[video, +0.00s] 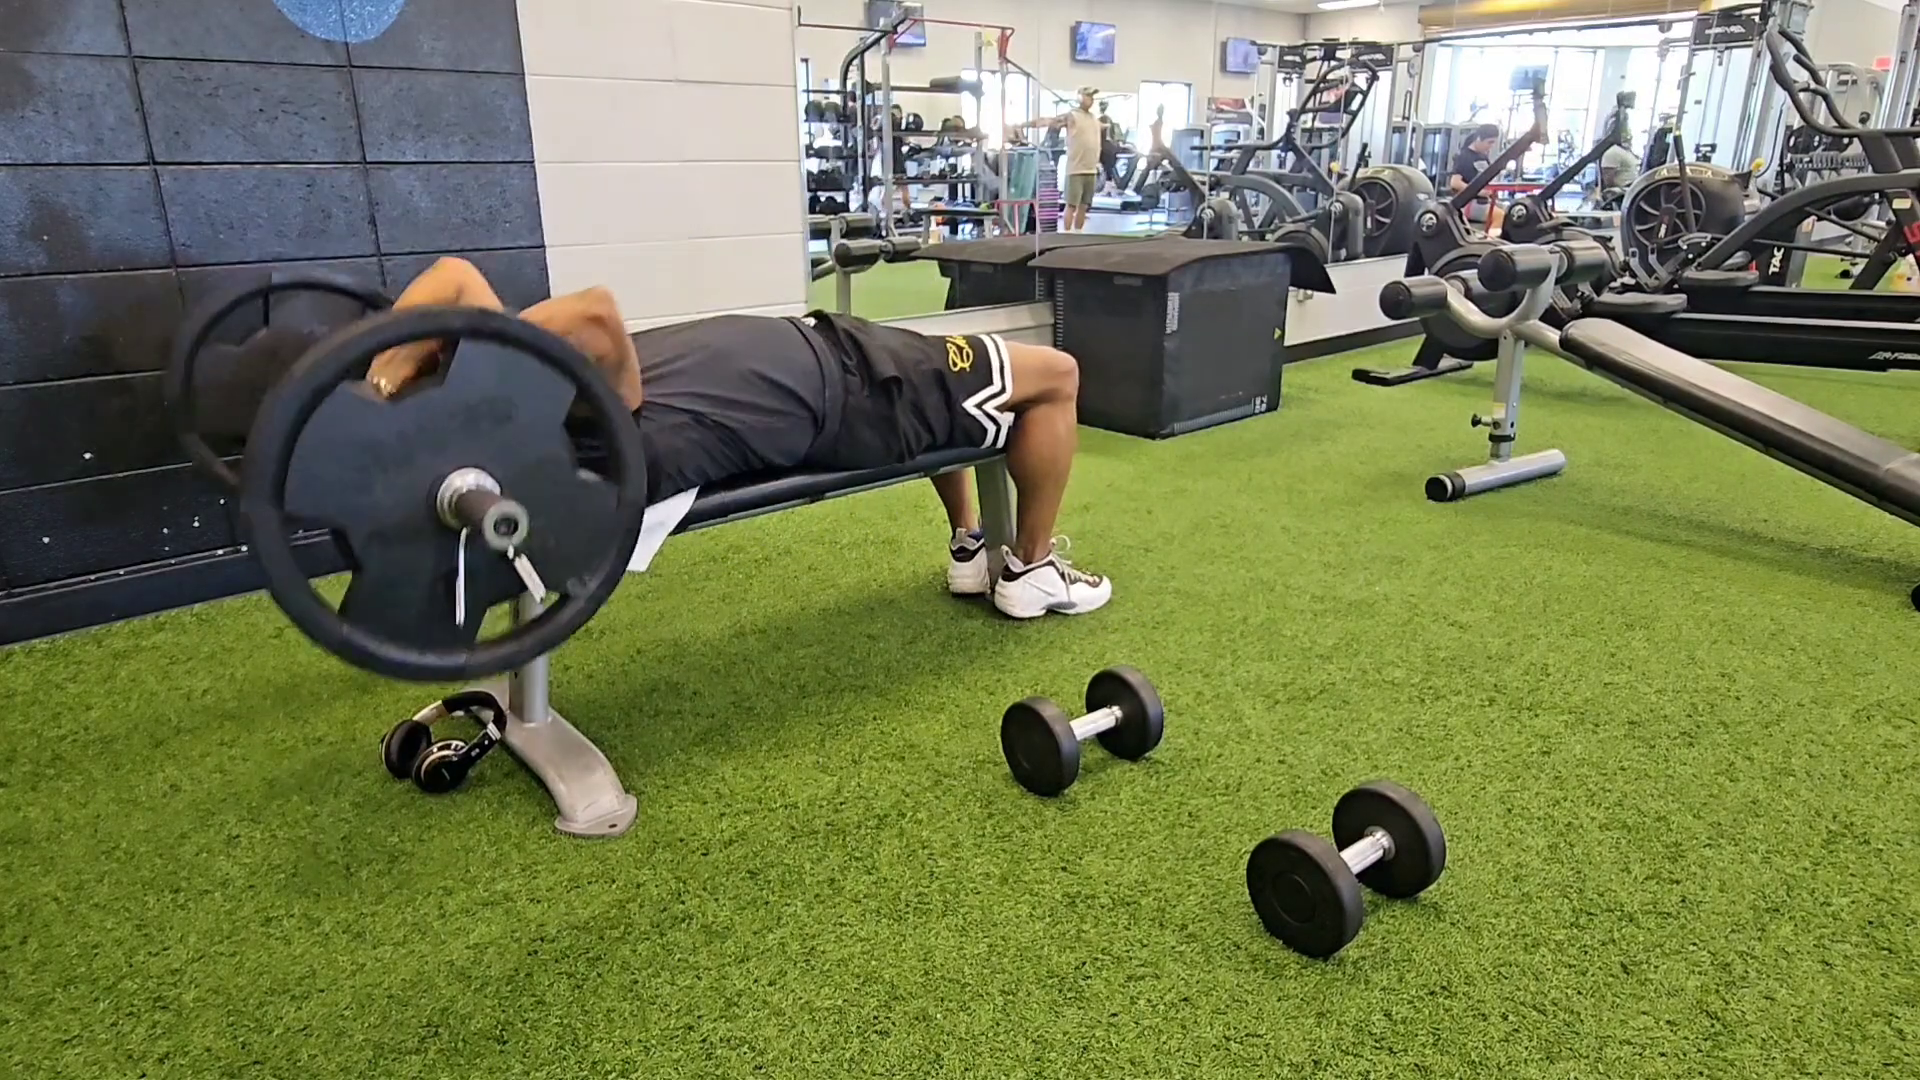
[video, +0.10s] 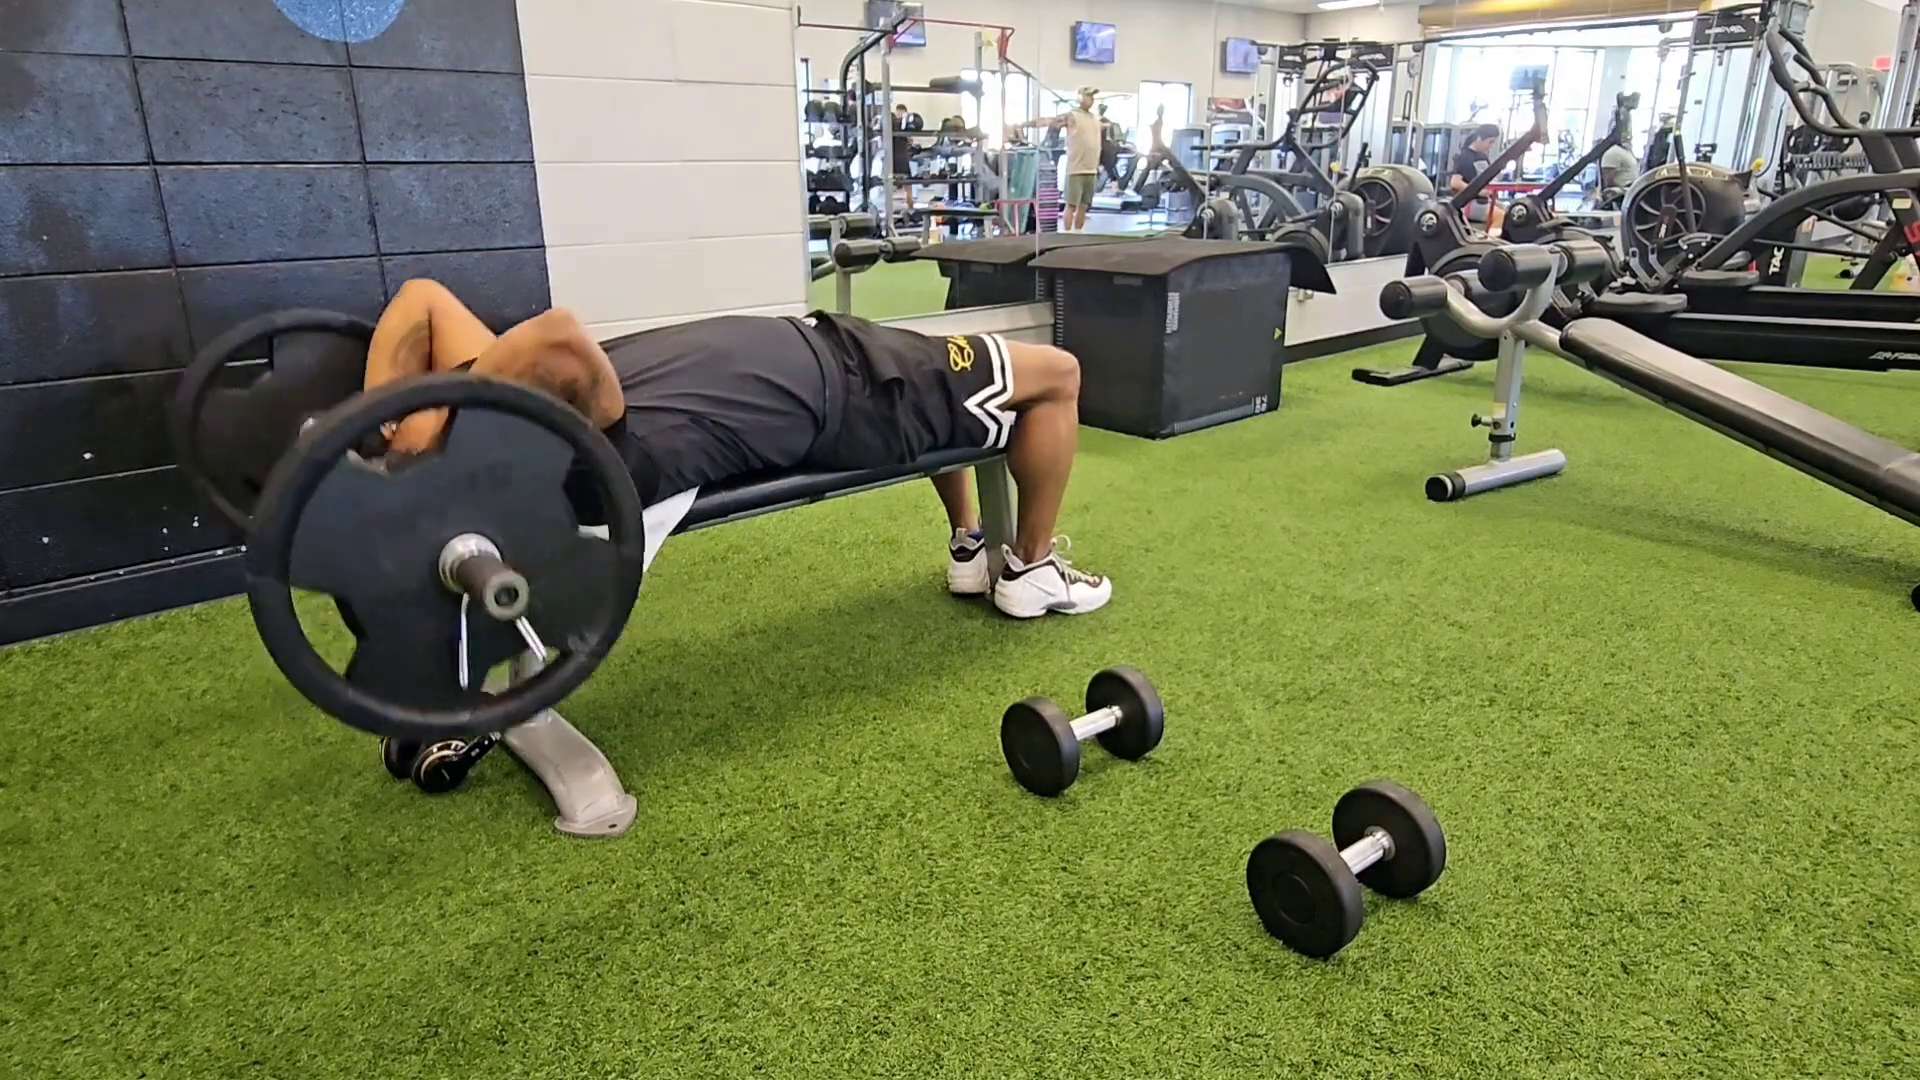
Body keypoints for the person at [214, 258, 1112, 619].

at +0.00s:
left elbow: (454, 271)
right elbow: (595, 313)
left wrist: (387, 378)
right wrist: (465, 365)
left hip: (761, 343)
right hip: (830, 390)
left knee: (927, 361)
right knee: (1056, 374)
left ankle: (977, 540)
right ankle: (1032, 567)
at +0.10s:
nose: (415, 412)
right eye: (564, 369)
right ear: (571, 421)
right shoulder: (611, 465)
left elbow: (417, 296)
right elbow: (561, 333)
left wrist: (395, 430)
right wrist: (441, 410)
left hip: (784, 341)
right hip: (849, 388)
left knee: (925, 352)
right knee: (1060, 373)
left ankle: (972, 540)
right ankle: (1032, 567)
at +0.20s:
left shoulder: (473, 415)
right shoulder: (588, 456)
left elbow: (396, 324)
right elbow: (530, 358)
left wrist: (386, 473)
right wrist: (431, 463)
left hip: (785, 343)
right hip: (847, 383)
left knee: (929, 344)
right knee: (1060, 375)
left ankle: (973, 543)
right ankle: (1032, 568)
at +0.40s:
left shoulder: (498, 398)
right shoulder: (606, 463)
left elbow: (405, 310)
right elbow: (540, 344)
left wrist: (376, 457)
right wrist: (431, 445)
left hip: (786, 341)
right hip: (853, 384)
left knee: (929, 347)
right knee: (1060, 372)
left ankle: (973, 541)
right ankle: (1035, 567)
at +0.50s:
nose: (583, 363)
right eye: (575, 365)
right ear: (578, 411)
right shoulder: (620, 461)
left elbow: (438, 288)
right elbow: (570, 319)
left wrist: (383, 409)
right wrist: (452, 411)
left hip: (787, 340)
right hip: (852, 385)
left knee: (930, 354)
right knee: (1056, 371)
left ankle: (972, 543)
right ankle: (1037, 565)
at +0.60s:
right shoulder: (601, 451)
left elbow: (449, 303)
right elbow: (648, 317)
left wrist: (379, 366)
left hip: (764, 350)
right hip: (823, 388)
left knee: (920, 349)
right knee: (1048, 371)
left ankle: (971, 545)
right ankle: (1038, 568)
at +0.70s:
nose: (439, 415)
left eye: (420, 434)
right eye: (433, 437)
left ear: (429, 442)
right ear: (462, 474)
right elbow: (692, 378)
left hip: (760, 344)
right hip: (810, 384)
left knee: (924, 344)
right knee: (1049, 375)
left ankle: (972, 544)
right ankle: (1036, 567)